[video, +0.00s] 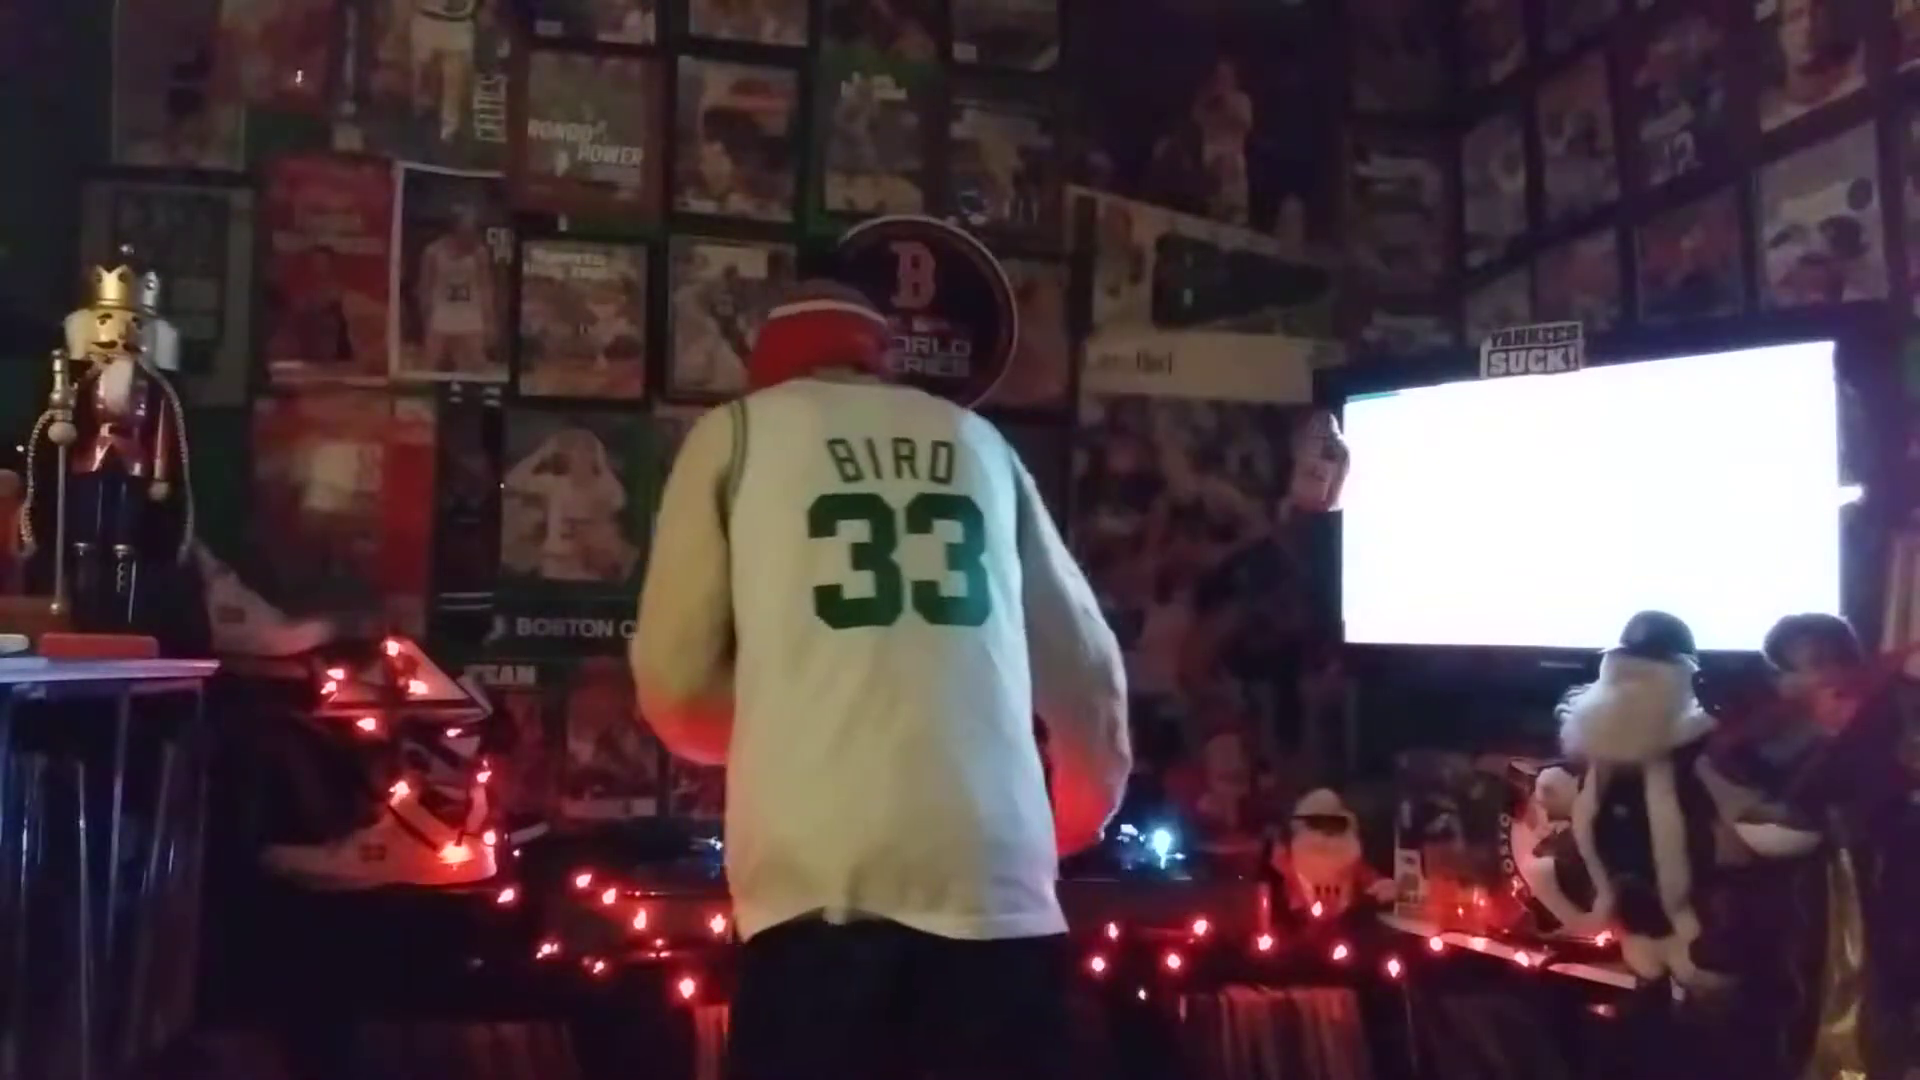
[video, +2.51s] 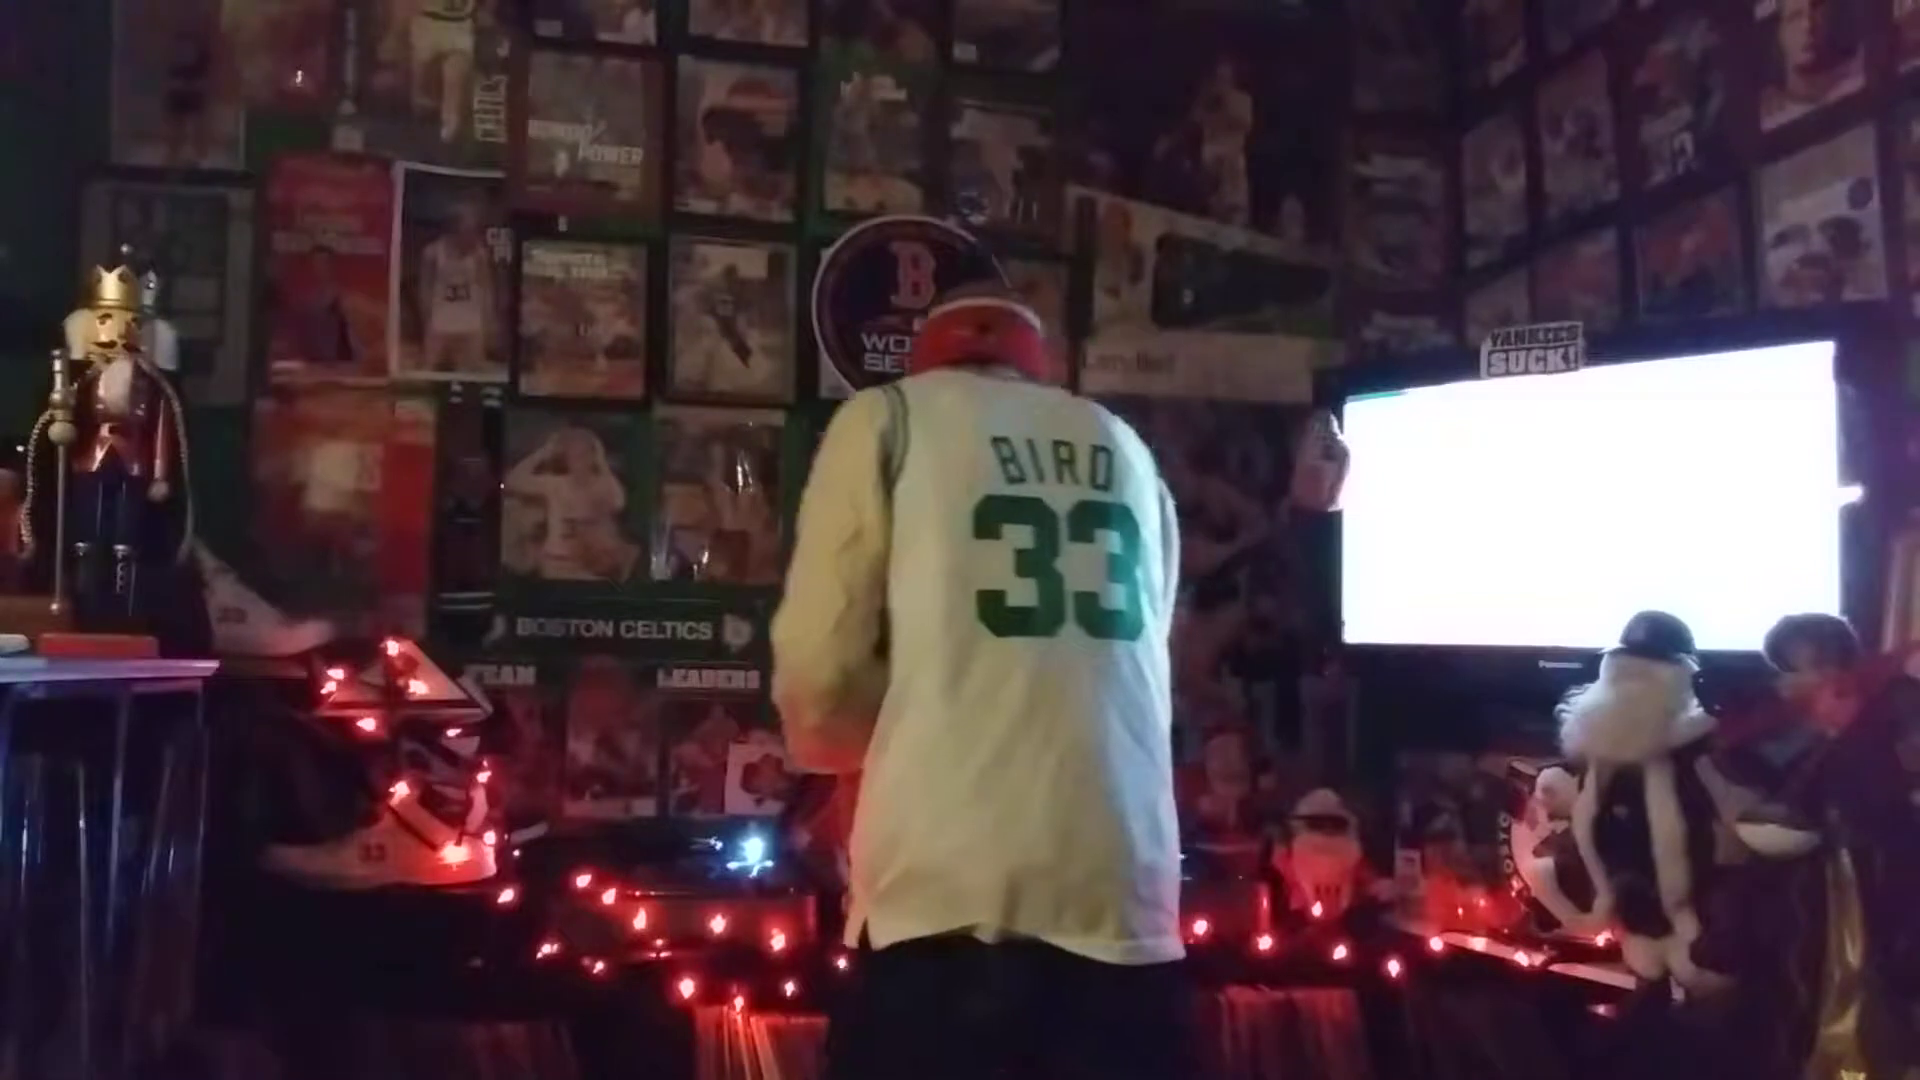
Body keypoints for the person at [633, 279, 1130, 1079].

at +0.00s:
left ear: (768, 361)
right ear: (879, 357)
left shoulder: (730, 435)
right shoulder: (984, 444)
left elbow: (674, 684)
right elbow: (1090, 678)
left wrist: (794, 731)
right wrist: (1052, 835)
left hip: (814, 901)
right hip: (998, 902)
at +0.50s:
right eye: (897, 323)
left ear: (774, 341)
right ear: (891, 332)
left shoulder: (727, 430)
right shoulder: (994, 429)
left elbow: (662, 685)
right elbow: (1024, 663)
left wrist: (776, 736)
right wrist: (910, 719)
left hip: (800, 892)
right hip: (989, 890)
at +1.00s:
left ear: (879, 321)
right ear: (1003, 326)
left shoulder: (821, 424)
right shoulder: (1091, 431)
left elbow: (746, 677)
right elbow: (1162, 664)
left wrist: (845, 764)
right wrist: (1062, 783)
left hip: (864, 895)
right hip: (1048, 901)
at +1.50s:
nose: (987, 323)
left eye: (990, 307)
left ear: (996, 314)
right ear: (1112, 327)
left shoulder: (919, 421)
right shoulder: (1191, 437)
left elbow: (844, 667)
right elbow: (1249, 675)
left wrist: (943, 753)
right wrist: (1157, 779)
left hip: (946, 893)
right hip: (1136, 901)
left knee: (924, 1063)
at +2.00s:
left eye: (1004, 343)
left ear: (1011, 341)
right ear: (1134, 360)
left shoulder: (961, 411)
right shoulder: (1213, 455)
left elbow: (876, 661)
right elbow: (1216, 688)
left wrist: (950, 766)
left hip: (975, 884)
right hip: (1156, 903)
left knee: (933, 1061)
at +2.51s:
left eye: (915, 358)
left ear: (925, 355)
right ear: (1041, 365)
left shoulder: (883, 418)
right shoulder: (1131, 450)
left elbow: (816, 686)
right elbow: (1142, 662)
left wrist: (924, 737)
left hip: (940, 922)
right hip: (1126, 930)